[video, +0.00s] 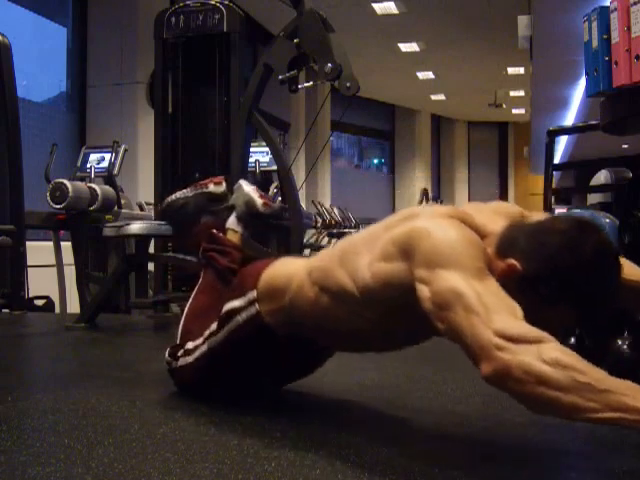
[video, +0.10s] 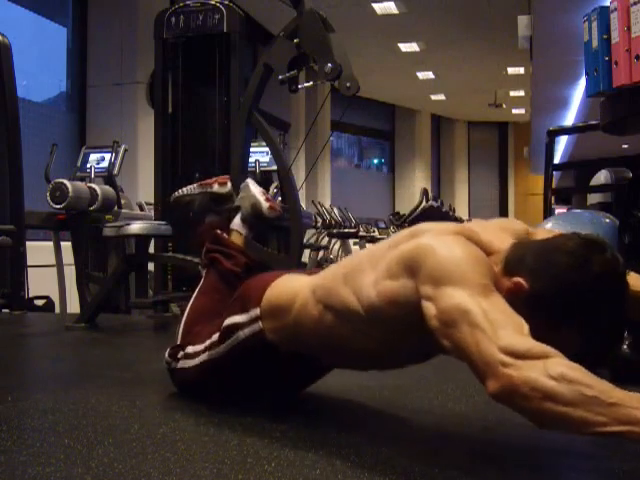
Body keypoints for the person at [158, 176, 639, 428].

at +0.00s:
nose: (551, 333)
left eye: (560, 327)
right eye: (549, 320)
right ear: (511, 275)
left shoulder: (529, 227)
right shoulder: (442, 246)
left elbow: (620, 274)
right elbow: (510, 359)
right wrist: (638, 405)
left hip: (316, 321)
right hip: (268, 313)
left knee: (241, 376)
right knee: (187, 369)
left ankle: (242, 264)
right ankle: (216, 268)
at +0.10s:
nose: (546, 353)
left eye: (562, 350)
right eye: (547, 340)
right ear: (515, 291)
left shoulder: (533, 244)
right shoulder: (447, 260)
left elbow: (622, 283)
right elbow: (515, 373)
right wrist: (636, 415)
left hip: (319, 330)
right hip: (269, 324)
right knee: (187, 367)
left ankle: (242, 263)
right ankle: (217, 265)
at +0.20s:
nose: (546, 357)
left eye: (561, 354)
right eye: (547, 346)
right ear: (516, 295)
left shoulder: (525, 242)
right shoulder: (448, 265)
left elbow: (625, 285)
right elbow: (516, 378)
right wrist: (636, 413)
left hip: (318, 330)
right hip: (269, 330)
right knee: (186, 367)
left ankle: (241, 255)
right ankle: (218, 261)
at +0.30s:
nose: (542, 343)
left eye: (555, 339)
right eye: (542, 328)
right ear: (513, 285)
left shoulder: (527, 240)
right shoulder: (445, 257)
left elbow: (624, 282)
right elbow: (511, 369)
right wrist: (636, 411)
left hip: (316, 333)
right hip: (268, 328)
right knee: (184, 368)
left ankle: (249, 252)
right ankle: (221, 259)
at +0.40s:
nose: (550, 329)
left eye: (559, 322)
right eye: (546, 315)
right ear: (508, 270)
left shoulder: (532, 222)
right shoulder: (437, 240)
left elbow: (619, 269)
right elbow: (497, 354)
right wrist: (635, 405)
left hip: (315, 326)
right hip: (266, 316)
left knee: (241, 375)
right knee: (186, 369)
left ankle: (246, 257)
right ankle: (216, 258)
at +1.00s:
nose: (438, 142)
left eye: (447, 131)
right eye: (432, 125)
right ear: (395, 86)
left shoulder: (438, 118)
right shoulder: (329, 93)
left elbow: (479, 220)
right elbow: (314, 213)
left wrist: (509, 316)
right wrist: (379, 332)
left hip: (290, 267)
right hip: (229, 253)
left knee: (228, 376)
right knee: (177, 374)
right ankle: (169, 252)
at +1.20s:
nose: (412, 121)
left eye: (424, 112)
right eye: (409, 106)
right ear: (374, 67)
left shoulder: (419, 111)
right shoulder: (306, 84)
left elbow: (442, 208)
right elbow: (277, 204)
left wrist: (459, 306)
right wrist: (321, 326)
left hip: (279, 261)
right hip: (218, 245)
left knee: (227, 376)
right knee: (175, 376)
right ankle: (157, 258)